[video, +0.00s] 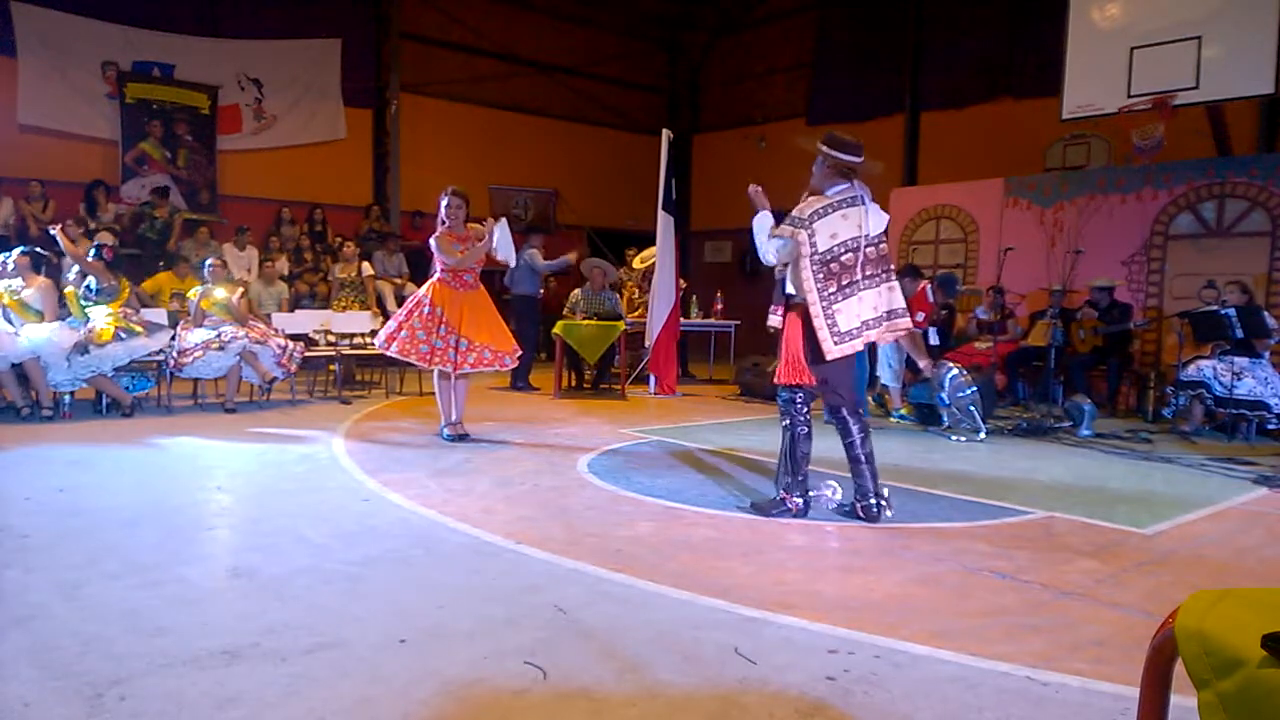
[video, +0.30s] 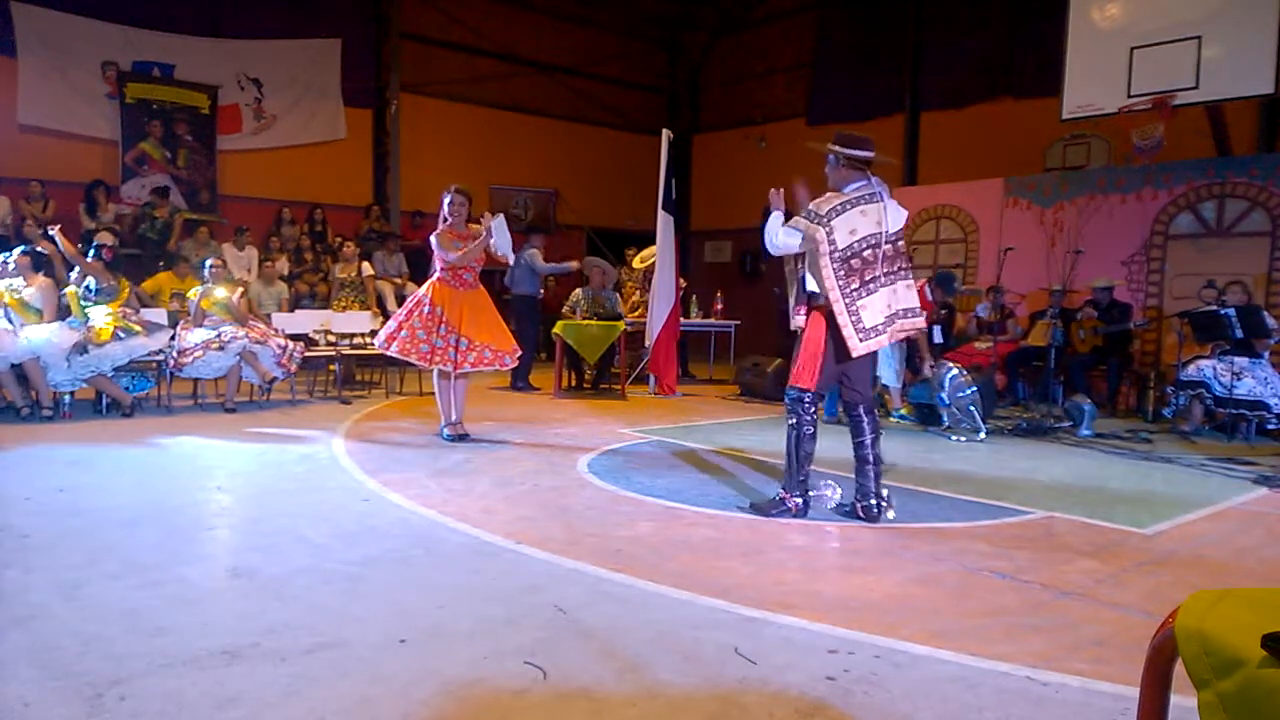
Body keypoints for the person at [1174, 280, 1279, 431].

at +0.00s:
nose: (1225, 296)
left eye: (1231, 292)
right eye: (1224, 293)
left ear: (1245, 297)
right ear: (1221, 296)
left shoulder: (1257, 314)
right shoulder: (1218, 315)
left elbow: (1264, 346)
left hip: (1252, 364)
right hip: (1223, 363)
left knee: (1247, 382)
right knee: (1198, 369)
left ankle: (1242, 426)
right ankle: (1195, 420)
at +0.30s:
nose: (1233, 296)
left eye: (1238, 293)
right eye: (1229, 293)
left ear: (1247, 297)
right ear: (1223, 296)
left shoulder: (1257, 315)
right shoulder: (1217, 315)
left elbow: (1264, 346)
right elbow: (1200, 341)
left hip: (1253, 364)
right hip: (1222, 363)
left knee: (1247, 382)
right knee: (1197, 369)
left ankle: (1242, 426)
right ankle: (1195, 420)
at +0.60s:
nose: (1238, 296)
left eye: (1242, 293)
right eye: (1233, 292)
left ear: (1248, 297)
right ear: (1224, 296)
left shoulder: (1257, 315)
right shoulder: (1216, 315)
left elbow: (1265, 346)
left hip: (1253, 364)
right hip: (1221, 363)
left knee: (1249, 382)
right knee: (1198, 368)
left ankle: (1243, 426)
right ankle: (1195, 419)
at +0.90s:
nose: (1231, 296)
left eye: (1236, 292)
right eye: (1229, 293)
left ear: (1247, 296)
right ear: (1225, 296)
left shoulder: (1257, 314)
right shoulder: (1219, 315)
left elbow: (1264, 346)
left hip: (1253, 364)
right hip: (1222, 363)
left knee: (1248, 382)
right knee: (1198, 368)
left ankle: (1242, 426)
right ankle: (1195, 419)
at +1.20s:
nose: (1227, 296)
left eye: (1233, 292)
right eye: (1226, 293)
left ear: (1246, 297)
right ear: (1223, 296)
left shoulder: (1257, 314)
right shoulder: (1219, 315)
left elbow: (1264, 345)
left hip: (1253, 364)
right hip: (1223, 363)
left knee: (1247, 381)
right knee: (1198, 368)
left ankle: (1243, 426)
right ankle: (1195, 419)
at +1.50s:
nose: (1227, 296)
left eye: (1233, 292)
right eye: (1225, 293)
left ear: (1246, 297)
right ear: (1222, 296)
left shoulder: (1257, 314)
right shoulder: (1219, 315)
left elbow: (1264, 345)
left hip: (1253, 364)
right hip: (1223, 362)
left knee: (1246, 381)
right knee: (1198, 368)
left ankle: (1242, 425)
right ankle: (1196, 419)